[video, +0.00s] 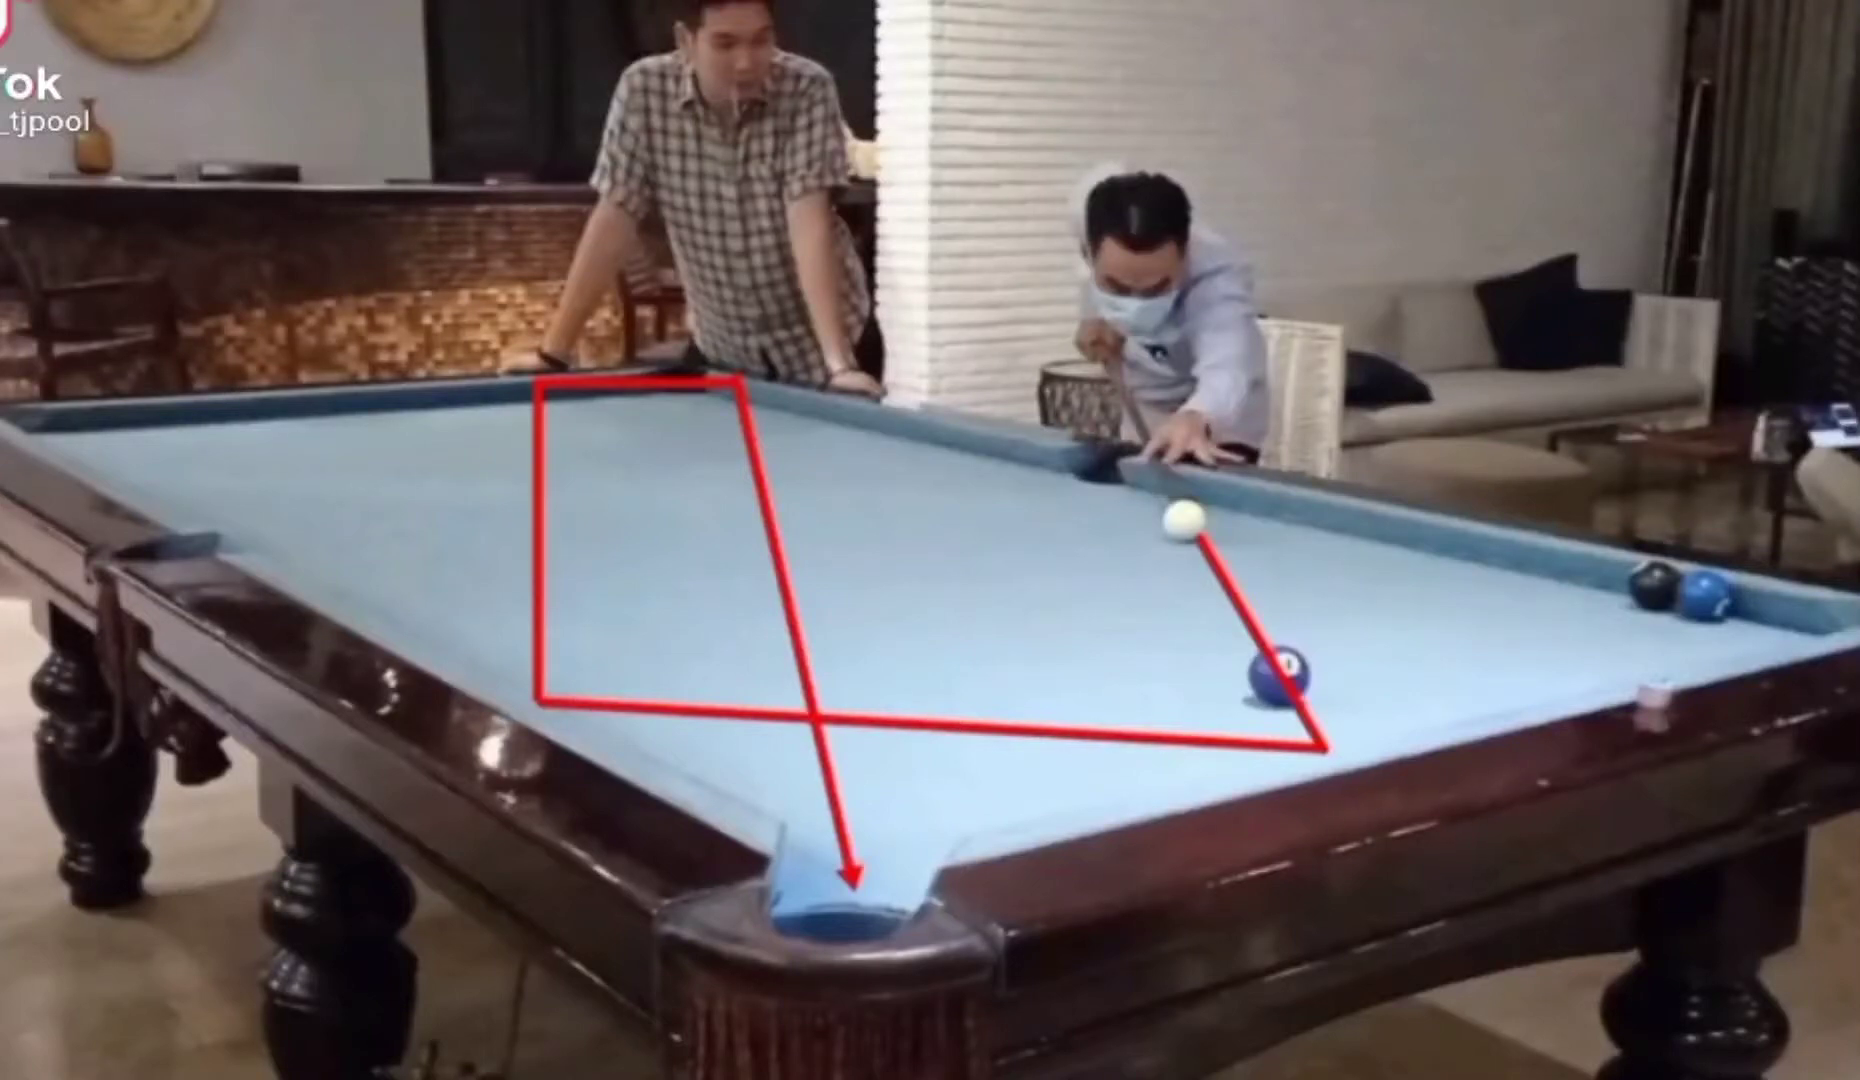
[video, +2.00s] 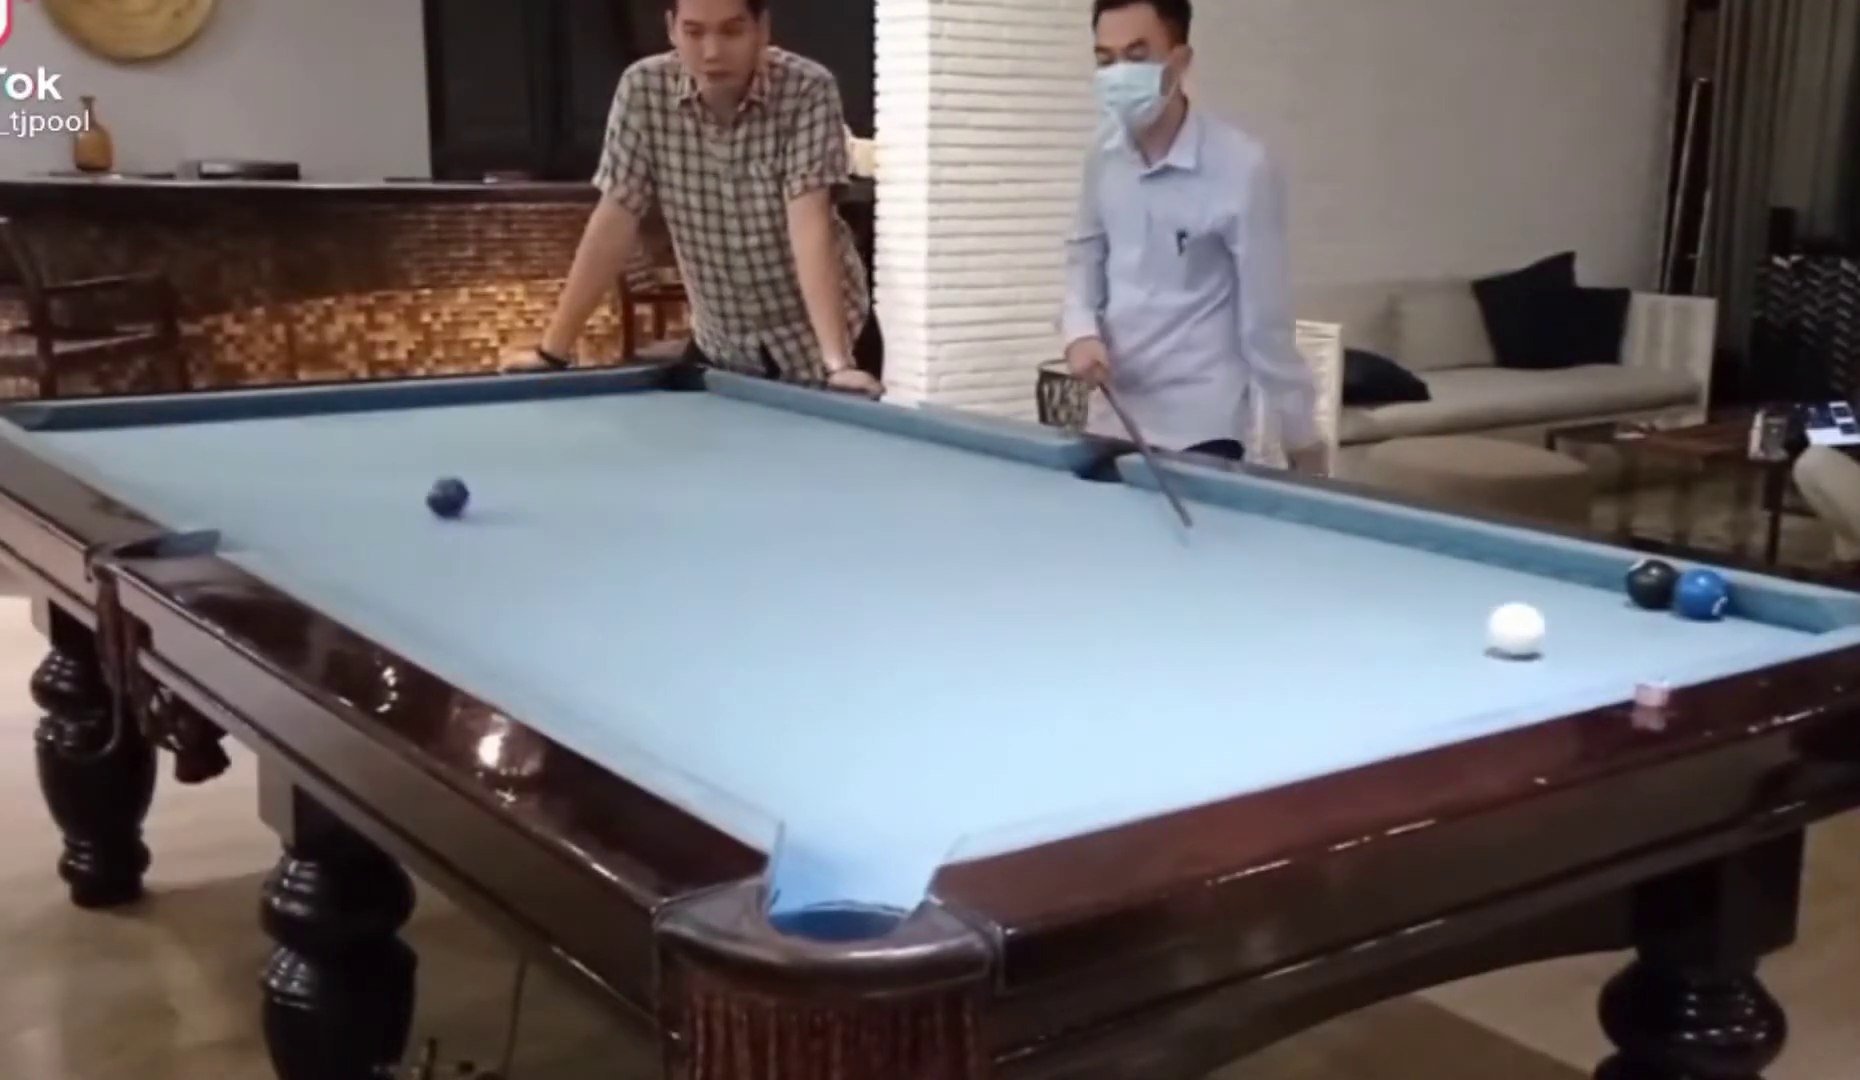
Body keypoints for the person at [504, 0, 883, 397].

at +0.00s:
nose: (746, 63)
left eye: (758, 41)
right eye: (725, 45)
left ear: (773, 36)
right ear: (686, 43)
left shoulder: (806, 88)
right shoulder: (644, 90)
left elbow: (810, 220)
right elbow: (614, 215)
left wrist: (839, 365)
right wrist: (553, 353)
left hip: (826, 351)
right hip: (723, 351)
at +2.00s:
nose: (712, 52)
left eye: (731, 31)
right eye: (695, 32)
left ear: (762, 29)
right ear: (672, 31)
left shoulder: (806, 89)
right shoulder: (644, 90)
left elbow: (810, 219)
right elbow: (615, 217)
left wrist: (837, 361)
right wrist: (553, 351)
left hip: (822, 347)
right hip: (722, 348)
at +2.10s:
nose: (710, 46)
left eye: (729, 25)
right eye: (692, 26)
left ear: (760, 24)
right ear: (670, 25)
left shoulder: (806, 91)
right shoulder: (643, 90)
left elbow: (810, 220)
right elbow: (615, 217)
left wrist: (837, 362)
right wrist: (553, 351)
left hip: (821, 346)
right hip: (722, 347)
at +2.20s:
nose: (715, 42)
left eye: (732, 21)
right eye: (697, 23)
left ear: (758, 22)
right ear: (669, 25)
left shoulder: (805, 92)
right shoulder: (642, 92)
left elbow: (810, 220)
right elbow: (615, 216)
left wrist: (838, 361)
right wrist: (553, 351)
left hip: (821, 344)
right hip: (723, 346)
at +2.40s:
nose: (721, 40)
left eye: (737, 21)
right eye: (702, 22)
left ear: (757, 23)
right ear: (669, 26)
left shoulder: (803, 94)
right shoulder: (641, 92)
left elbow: (810, 223)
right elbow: (614, 217)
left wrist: (837, 361)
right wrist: (553, 350)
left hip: (822, 341)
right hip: (724, 343)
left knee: (834, 495)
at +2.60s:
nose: (723, 41)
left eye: (738, 22)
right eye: (703, 25)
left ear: (757, 23)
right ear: (670, 30)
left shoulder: (804, 97)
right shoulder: (641, 94)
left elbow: (812, 229)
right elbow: (614, 218)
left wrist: (838, 361)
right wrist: (553, 350)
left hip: (819, 335)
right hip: (721, 338)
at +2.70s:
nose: (729, 37)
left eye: (743, 18)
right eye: (708, 21)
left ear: (760, 22)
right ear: (673, 28)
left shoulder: (805, 99)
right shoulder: (640, 94)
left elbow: (813, 231)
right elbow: (613, 220)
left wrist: (838, 360)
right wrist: (553, 350)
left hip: (814, 331)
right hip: (718, 334)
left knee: (825, 485)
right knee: (725, 485)